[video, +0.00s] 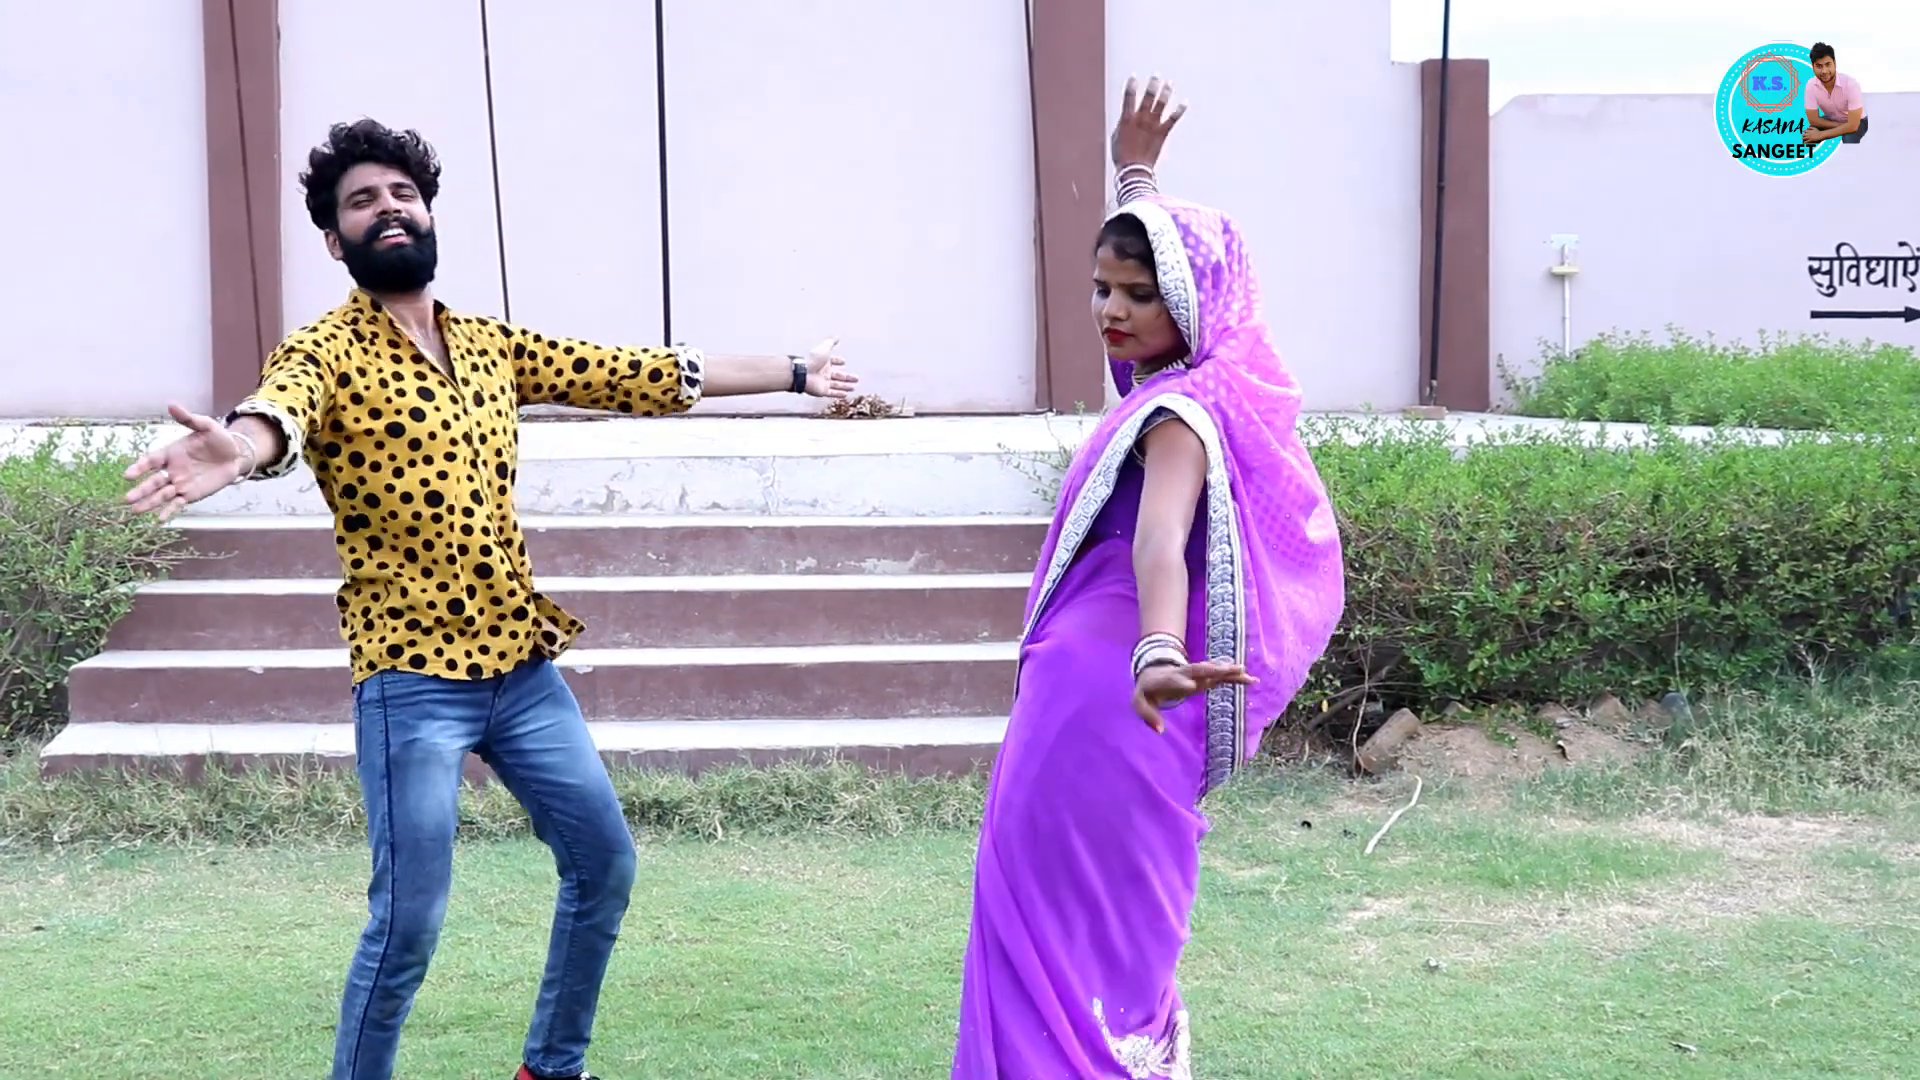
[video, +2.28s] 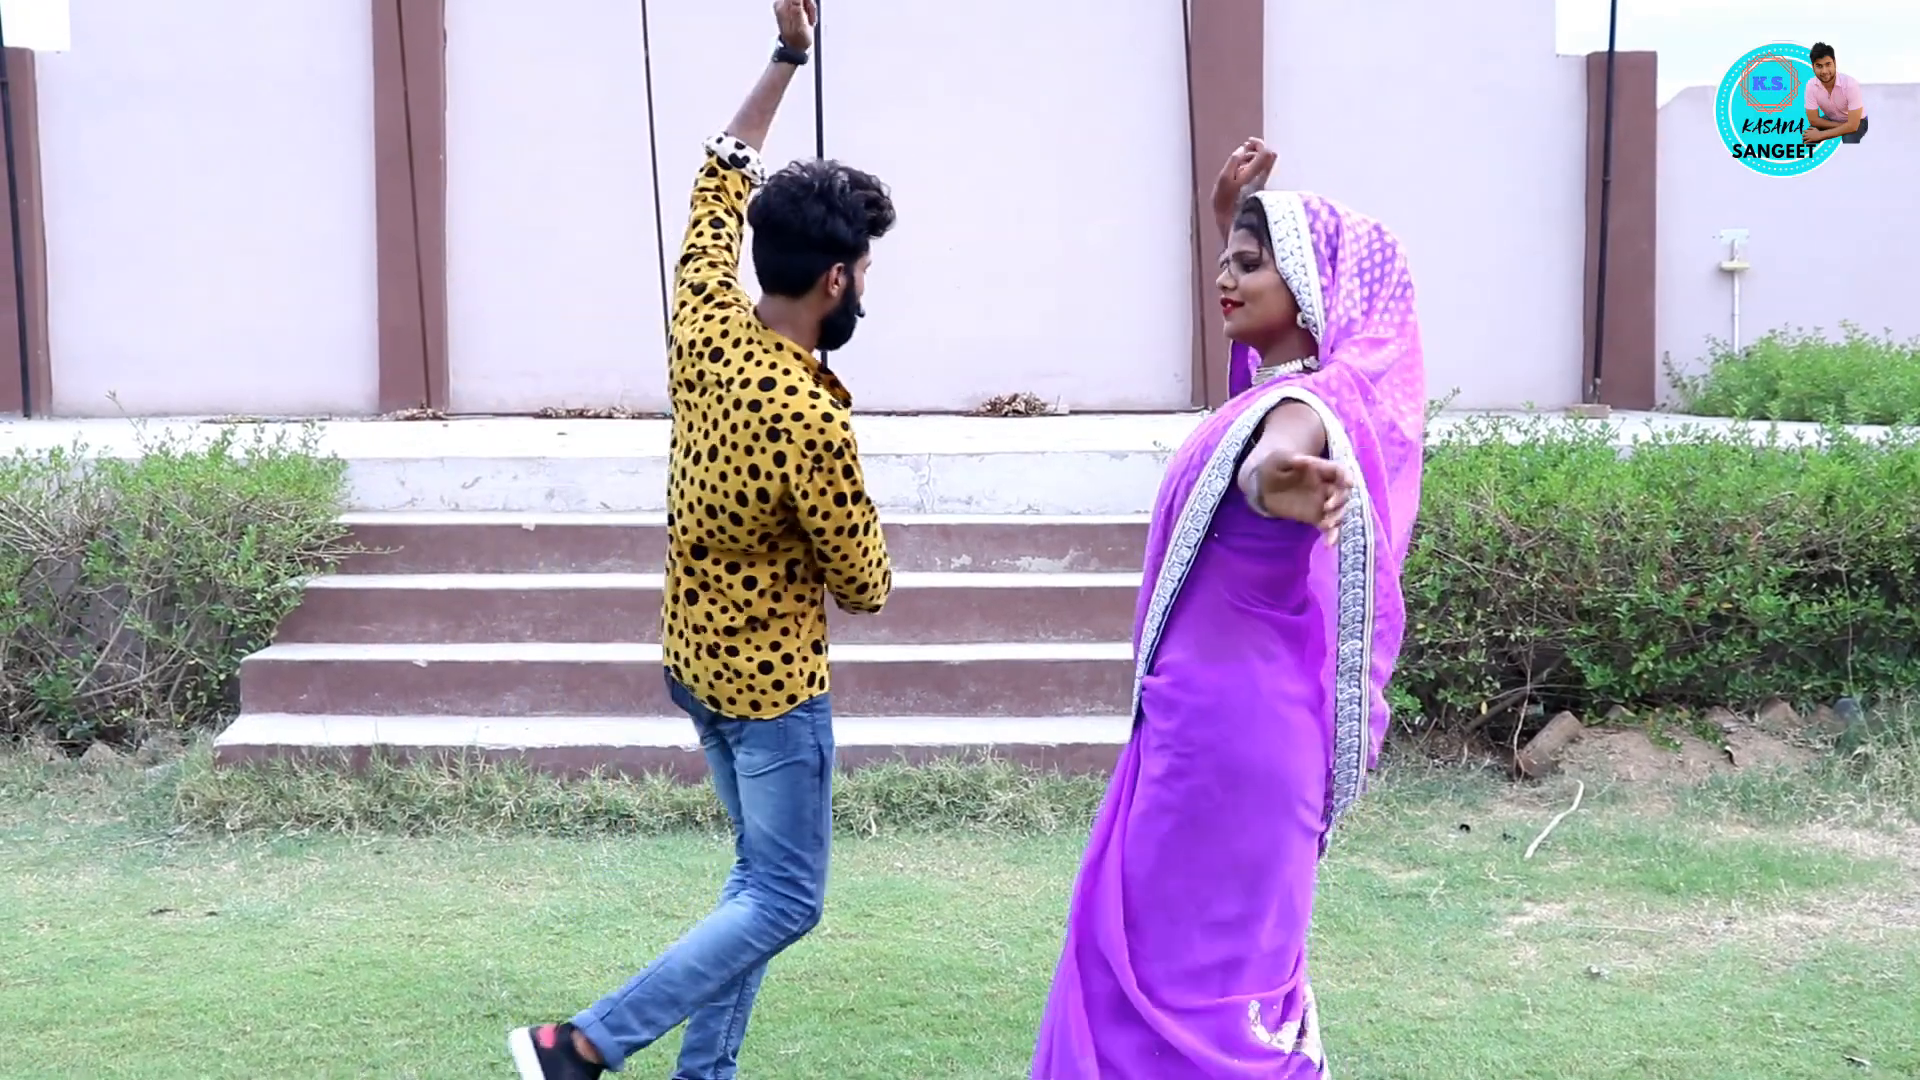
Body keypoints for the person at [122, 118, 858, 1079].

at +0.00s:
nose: (391, 210)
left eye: (404, 194)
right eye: (363, 201)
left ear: (433, 216)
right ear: (333, 240)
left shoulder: (490, 345)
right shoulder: (326, 350)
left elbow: (634, 374)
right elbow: (278, 409)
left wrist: (795, 374)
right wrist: (235, 446)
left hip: (520, 666)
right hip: (408, 674)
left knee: (604, 858)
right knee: (408, 923)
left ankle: (553, 1067)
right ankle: (357, 1074)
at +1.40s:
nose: (549, 223)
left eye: (541, 205)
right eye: (525, 212)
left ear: (490, 239)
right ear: (462, 246)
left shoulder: (559, 325)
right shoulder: (430, 375)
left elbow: (666, 308)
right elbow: (385, 505)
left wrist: (773, 237)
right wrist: (383, 562)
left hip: (587, 667)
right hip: (498, 680)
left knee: (677, 840)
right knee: (518, 918)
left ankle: (643, 1063)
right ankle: (462, 1072)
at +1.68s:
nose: (646, 220)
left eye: (641, 201)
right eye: (631, 205)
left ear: (586, 224)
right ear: (579, 226)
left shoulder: (621, 306)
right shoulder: (516, 361)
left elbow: (703, 271)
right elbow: (470, 516)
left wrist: (804, 212)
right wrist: (500, 589)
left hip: (650, 651)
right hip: (574, 665)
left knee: (725, 833)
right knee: (579, 898)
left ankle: (688, 1056)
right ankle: (508, 1071)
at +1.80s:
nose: (678, 245)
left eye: (673, 226)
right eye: (667, 228)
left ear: (620, 245)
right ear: (622, 246)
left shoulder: (637, 333)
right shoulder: (537, 391)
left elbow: (709, 302)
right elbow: (533, 577)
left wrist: (795, 230)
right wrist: (604, 661)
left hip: (678, 658)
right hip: (602, 681)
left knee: (757, 833)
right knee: (618, 910)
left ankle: (699, 1058)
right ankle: (529, 1071)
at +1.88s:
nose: (708, 250)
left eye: (703, 231)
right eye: (694, 233)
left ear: (644, 248)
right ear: (650, 251)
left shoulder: (648, 330)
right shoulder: (567, 393)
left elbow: (708, 293)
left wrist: (787, 217)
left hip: (688, 652)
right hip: (622, 674)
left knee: (770, 831)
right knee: (629, 906)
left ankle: (703, 1058)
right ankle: (534, 1071)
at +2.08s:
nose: (777, 245)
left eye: (775, 228)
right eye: (773, 230)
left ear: (687, 236)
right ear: (743, 247)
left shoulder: (650, 296)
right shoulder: (711, 400)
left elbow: (684, 192)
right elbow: (748, 587)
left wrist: (771, 101)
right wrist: (847, 659)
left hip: (677, 629)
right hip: (688, 650)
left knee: (761, 833)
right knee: (646, 883)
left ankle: (707, 1065)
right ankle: (530, 1068)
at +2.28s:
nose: (864, 284)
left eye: (864, 266)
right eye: (863, 268)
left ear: (768, 259)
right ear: (838, 277)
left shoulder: (702, 317)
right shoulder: (810, 415)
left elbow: (725, 178)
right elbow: (867, 583)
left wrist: (786, 57)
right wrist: (826, 547)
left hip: (694, 650)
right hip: (773, 668)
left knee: (757, 882)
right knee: (787, 897)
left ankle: (706, 1071)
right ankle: (581, 1047)